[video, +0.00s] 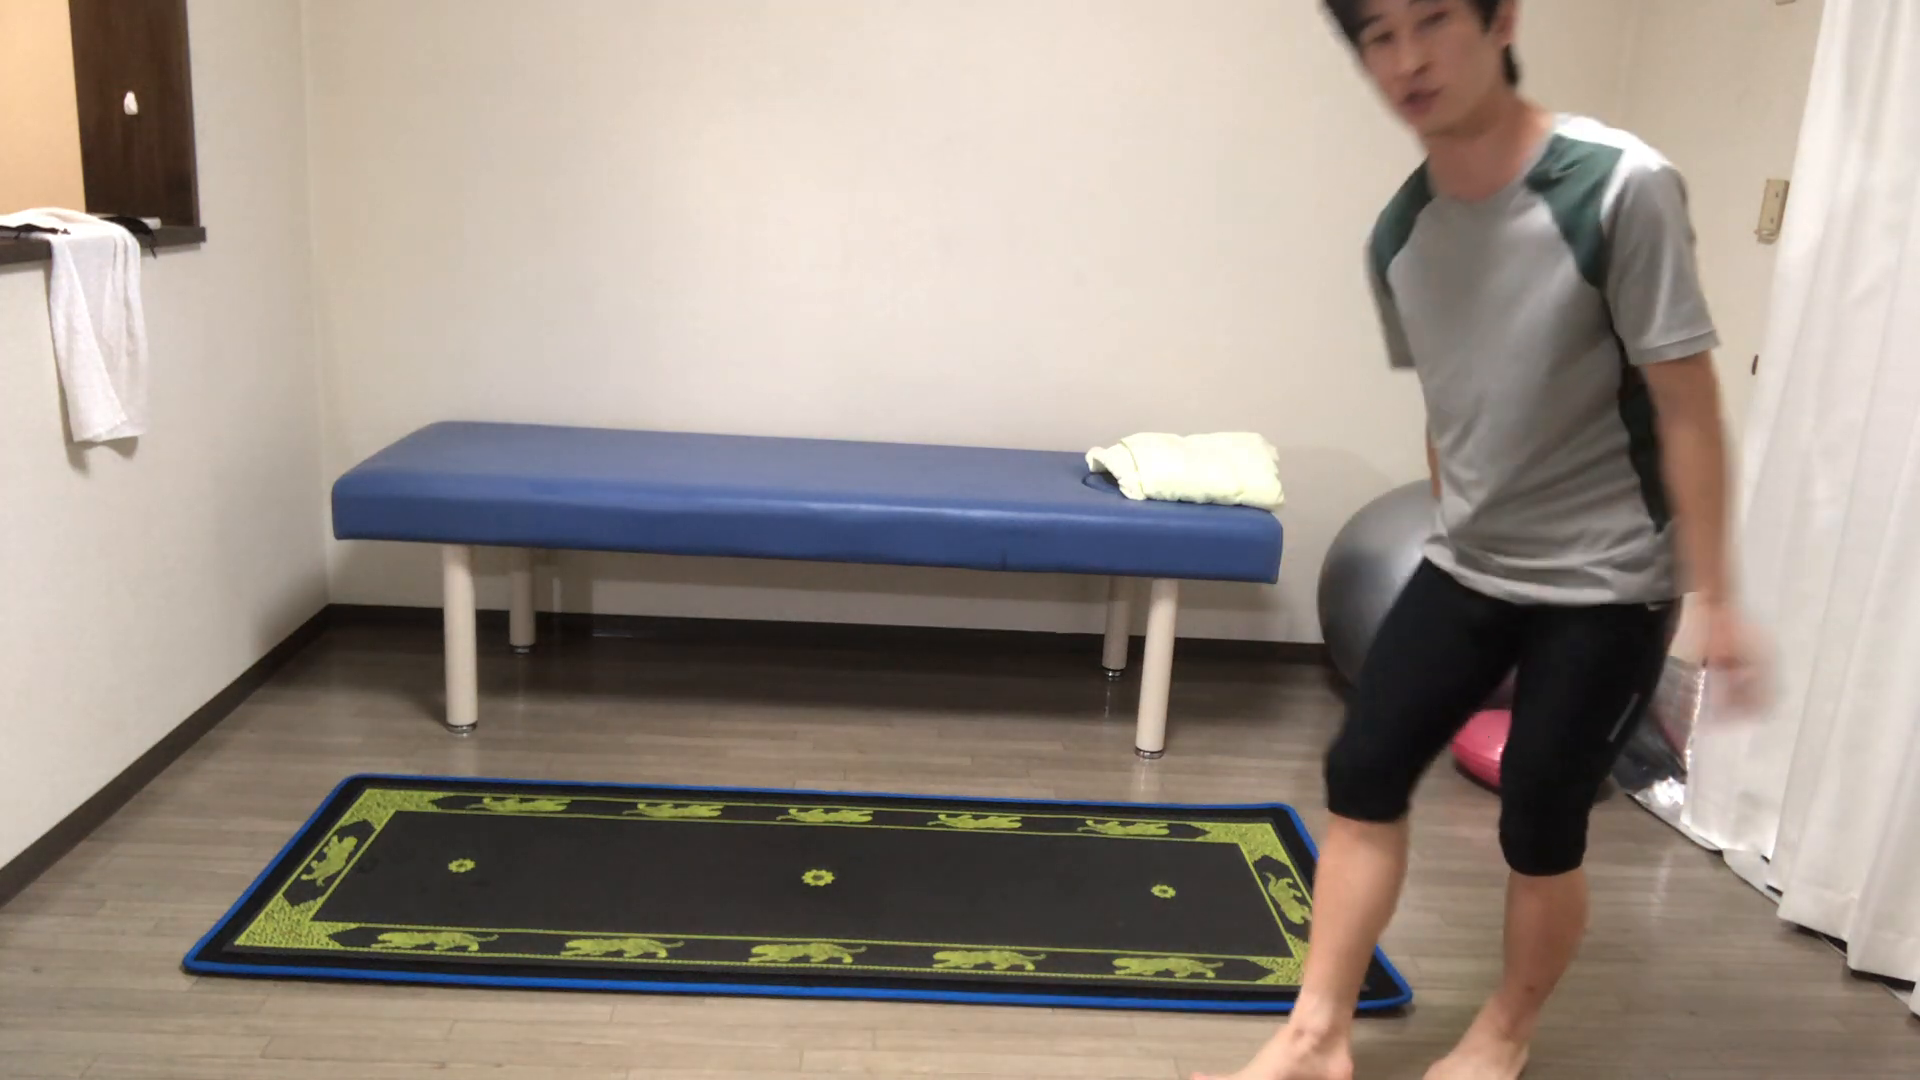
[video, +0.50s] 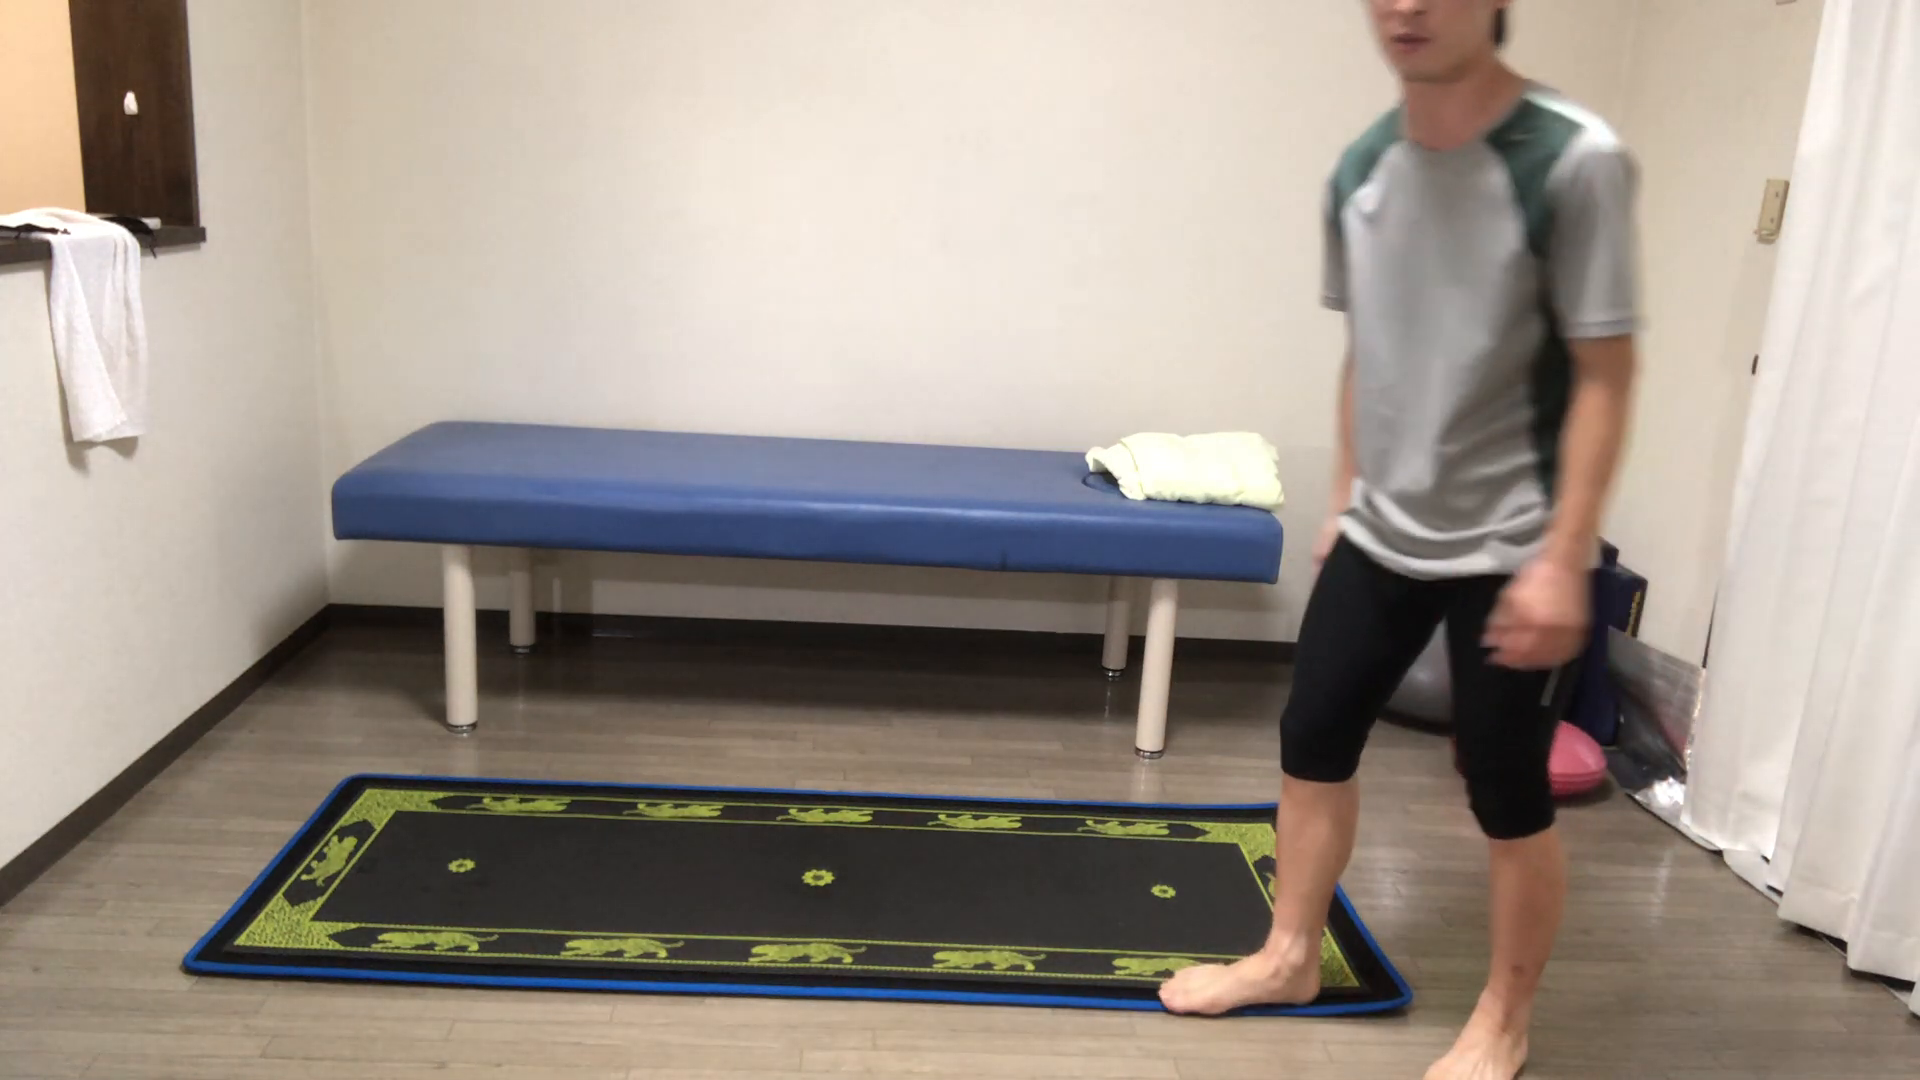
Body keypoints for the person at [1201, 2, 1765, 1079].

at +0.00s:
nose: (1406, 59)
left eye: (1431, 22)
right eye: (1376, 38)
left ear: (1500, 25)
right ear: (1361, 63)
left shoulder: (1621, 191)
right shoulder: (1401, 234)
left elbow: (1689, 406)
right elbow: (1447, 412)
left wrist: (1710, 596)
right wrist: (1453, 548)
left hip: (1607, 578)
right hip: (1468, 561)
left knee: (1540, 819)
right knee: (1362, 775)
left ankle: (1504, 1034)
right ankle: (1317, 1031)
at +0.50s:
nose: (1402, 8)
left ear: (1494, 7)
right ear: (1370, 12)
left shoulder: (1574, 159)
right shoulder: (1362, 167)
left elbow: (1604, 375)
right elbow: (1364, 354)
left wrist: (1566, 556)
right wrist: (1345, 505)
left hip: (1513, 538)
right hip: (1386, 523)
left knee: (1506, 789)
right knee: (1314, 735)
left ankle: (1504, 1021)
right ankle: (1290, 956)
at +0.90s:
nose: (1233, 11)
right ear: (1201, 12)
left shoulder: (1408, 126)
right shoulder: (1229, 163)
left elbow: (1471, 328)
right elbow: (1239, 343)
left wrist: (1394, 499)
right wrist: (1199, 493)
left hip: (1370, 528)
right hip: (1257, 520)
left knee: (1332, 778)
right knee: (1268, 752)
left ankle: (1447, 978)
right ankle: (1287, 955)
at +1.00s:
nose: (1213, 10)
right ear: (1177, 9)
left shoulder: (1381, 125)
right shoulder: (1197, 160)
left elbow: (1445, 332)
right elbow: (1201, 342)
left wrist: (1398, 503)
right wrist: (1180, 494)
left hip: (1335, 518)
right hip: (1228, 515)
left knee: (1265, 758)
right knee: (1248, 757)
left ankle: (1365, 973)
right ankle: (1285, 958)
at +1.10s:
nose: (1185, 6)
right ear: (1153, 7)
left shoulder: (1351, 128)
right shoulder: (1165, 154)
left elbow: (1419, 337)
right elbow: (1169, 340)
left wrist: (1405, 515)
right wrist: (1155, 493)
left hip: (1312, 511)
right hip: (1203, 510)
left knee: (1202, 751)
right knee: (1245, 739)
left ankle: (1231, 974)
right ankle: (1287, 951)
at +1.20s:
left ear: (1246, 2)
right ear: (1129, 8)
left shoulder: (1310, 139)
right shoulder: (1135, 148)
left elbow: (1383, 332)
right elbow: (1137, 328)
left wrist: (1400, 519)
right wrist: (1121, 483)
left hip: (1275, 512)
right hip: (1171, 509)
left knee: (1152, 744)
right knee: (1234, 741)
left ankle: (1077, 1008)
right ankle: (1286, 953)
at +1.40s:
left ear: (1185, 3)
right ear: (1091, 1)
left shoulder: (1214, 164)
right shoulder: (1050, 124)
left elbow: (1269, 362)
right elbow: (1060, 314)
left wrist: (1302, 543)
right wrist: (1026, 456)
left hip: (1159, 523)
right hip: (1078, 508)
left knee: (1037, 763)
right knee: (1150, 740)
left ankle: (1012, 1013)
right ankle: (1272, 928)